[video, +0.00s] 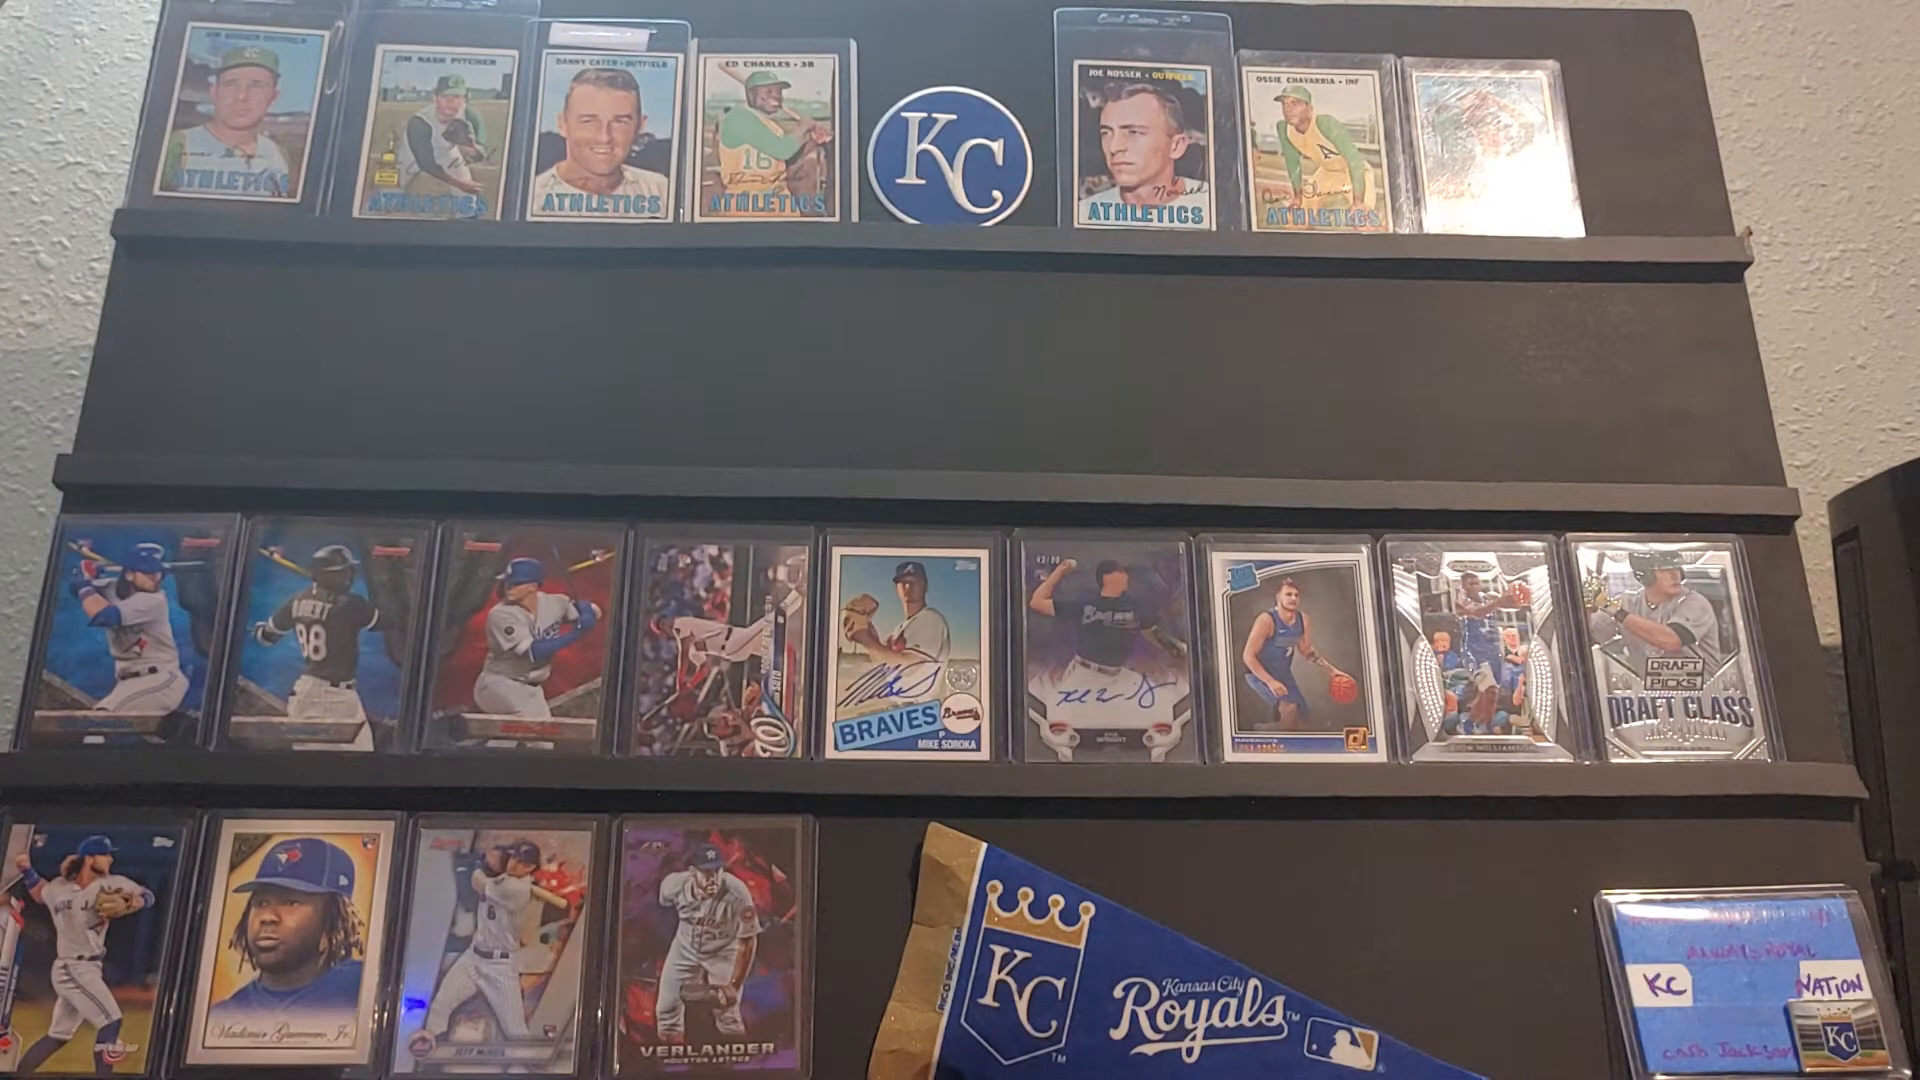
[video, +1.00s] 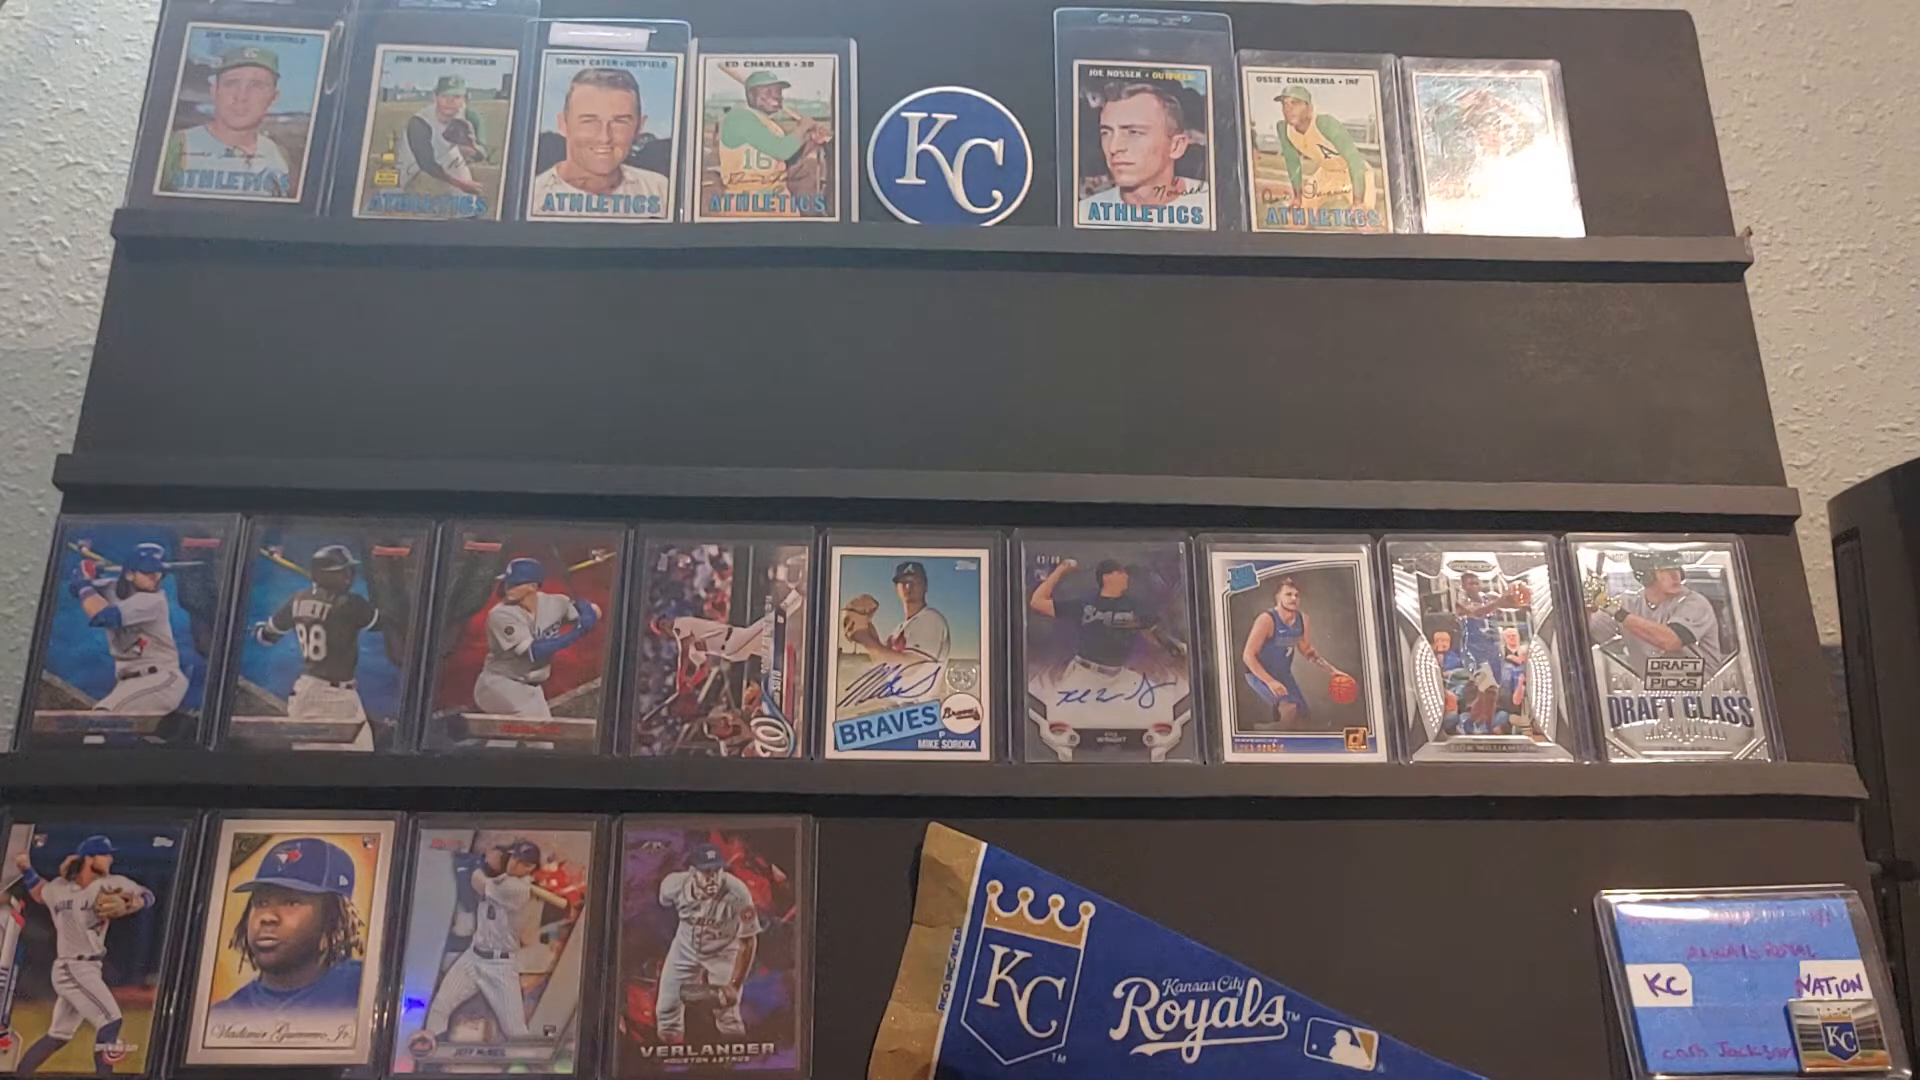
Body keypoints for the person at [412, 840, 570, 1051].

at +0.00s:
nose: (513, 863)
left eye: (520, 862)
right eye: (513, 858)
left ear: (530, 869)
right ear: (509, 858)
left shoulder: (518, 890)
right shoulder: (500, 879)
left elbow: (478, 882)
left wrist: (478, 867)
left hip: (501, 965)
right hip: (473, 957)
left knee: (515, 1031)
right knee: (440, 1005)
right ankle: (426, 1063)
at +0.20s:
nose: (513, 864)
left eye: (520, 862)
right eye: (513, 858)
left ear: (530, 869)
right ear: (509, 858)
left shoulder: (518, 890)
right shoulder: (502, 879)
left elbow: (478, 882)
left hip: (501, 965)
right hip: (473, 957)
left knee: (515, 1031)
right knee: (440, 1004)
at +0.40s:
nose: (513, 864)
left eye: (520, 862)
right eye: (512, 858)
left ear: (530, 869)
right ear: (508, 858)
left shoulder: (518, 890)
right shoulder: (502, 879)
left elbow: (477, 881)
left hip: (501, 965)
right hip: (473, 957)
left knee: (515, 1030)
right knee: (441, 1003)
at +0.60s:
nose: (513, 864)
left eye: (520, 862)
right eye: (513, 859)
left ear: (530, 868)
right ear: (510, 858)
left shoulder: (518, 889)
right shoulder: (501, 879)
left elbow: (478, 882)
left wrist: (484, 865)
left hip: (501, 965)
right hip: (472, 958)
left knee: (515, 1030)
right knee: (439, 1006)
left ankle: (528, 1071)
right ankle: (427, 1064)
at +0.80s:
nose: (515, 864)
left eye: (522, 862)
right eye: (514, 859)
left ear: (531, 868)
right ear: (510, 858)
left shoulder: (519, 890)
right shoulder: (501, 879)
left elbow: (477, 881)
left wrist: (486, 864)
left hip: (501, 965)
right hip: (473, 957)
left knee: (515, 1030)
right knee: (440, 1005)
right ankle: (426, 1065)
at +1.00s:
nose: (515, 864)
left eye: (522, 862)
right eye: (514, 858)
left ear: (531, 868)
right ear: (510, 858)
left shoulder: (518, 890)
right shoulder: (502, 879)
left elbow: (477, 881)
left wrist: (483, 864)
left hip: (501, 965)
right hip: (473, 957)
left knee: (515, 1030)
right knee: (440, 1005)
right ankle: (426, 1064)